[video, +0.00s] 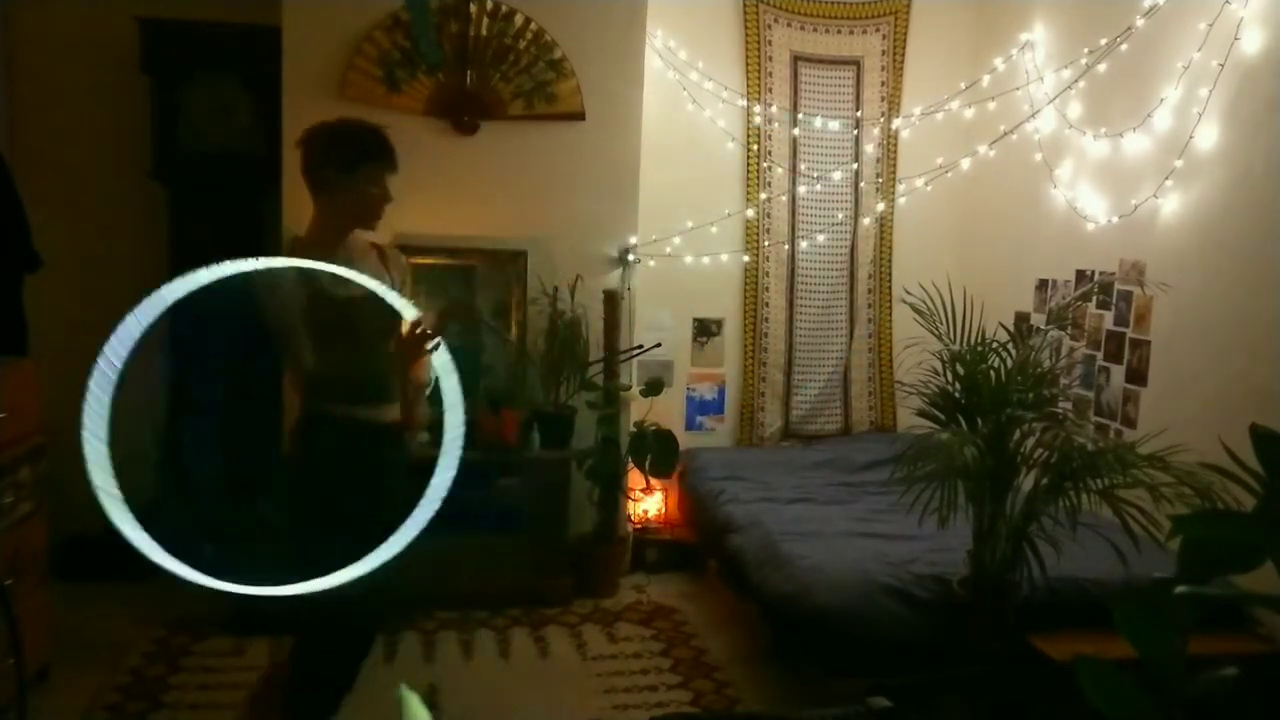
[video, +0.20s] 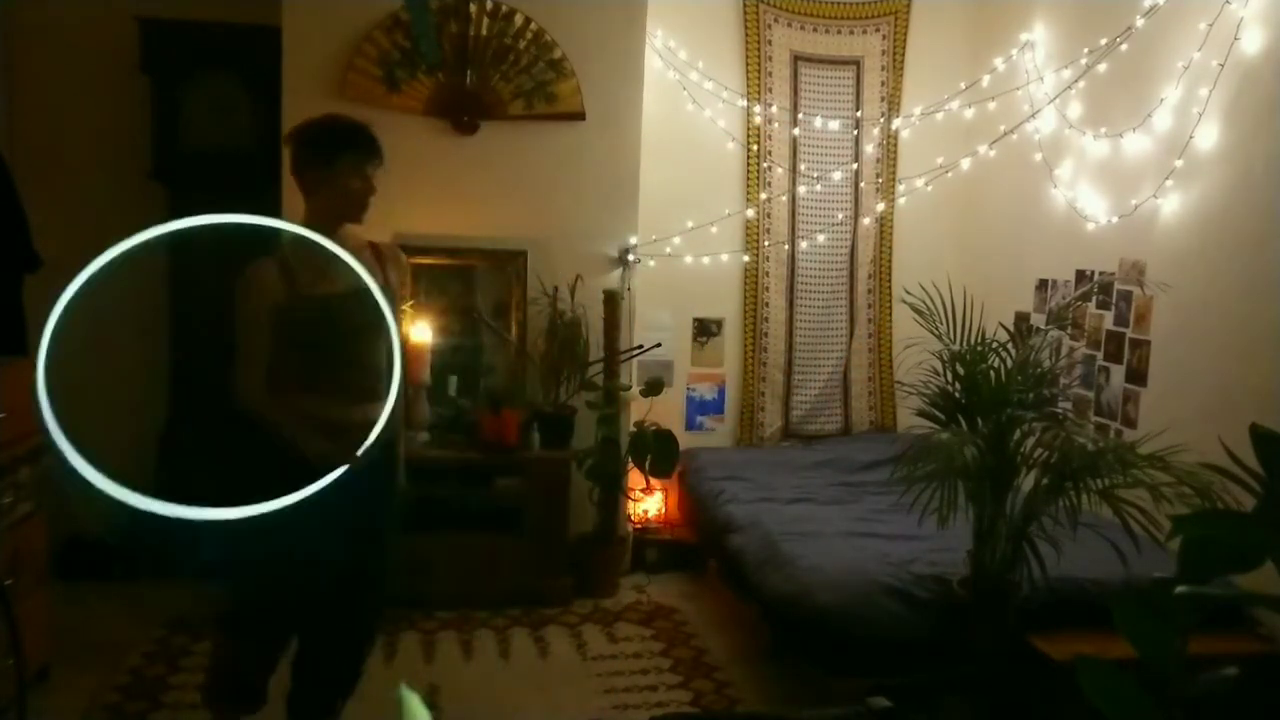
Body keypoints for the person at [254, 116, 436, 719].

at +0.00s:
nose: (389, 197)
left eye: (388, 183)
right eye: (377, 183)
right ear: (335, 185)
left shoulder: (388, 262)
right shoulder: (294, 266)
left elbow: (411, 364)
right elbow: (302, 373)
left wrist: (414, 432)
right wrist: (394, 360)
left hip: (382, 445)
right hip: (325, 445)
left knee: (363, 603)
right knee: (330, 606)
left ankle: (313, 702)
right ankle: (299, 703)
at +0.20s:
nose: (368, 189)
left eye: (372, 176)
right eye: (356, 176)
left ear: (370, 181)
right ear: (314, 178)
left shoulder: (381, 262)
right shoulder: (271, 274)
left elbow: (404, 356)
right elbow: (257, 390)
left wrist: (407, 411)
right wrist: (328, 438)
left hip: (370, 467)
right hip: (295, 469)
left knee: (348, 628)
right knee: (267, 615)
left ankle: (318, 707)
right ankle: (231, 700)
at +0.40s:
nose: (366, 195)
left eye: (373, 181)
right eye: (349, 179)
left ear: (381, 190)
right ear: (318, 182)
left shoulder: (395, 274)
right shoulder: (277, 274)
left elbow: (422, 369)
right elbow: (198, 350)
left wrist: (433, 448)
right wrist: (206, 429)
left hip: (372, 478)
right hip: (285, 481)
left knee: (376, 640)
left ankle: (376, 709)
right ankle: (224, 706)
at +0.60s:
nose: (399, 196)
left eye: (403, 184)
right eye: (384, 183)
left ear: (406, 193)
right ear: (341, 191)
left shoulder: (421, 274)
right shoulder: (311, 272)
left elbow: (470, 354)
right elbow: (227, 226)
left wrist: (500, 423)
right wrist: (236, 158)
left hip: (406, 450)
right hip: (338, 450)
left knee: (403, 590)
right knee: (335, 587)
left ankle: (383, 695)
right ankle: (330, 693)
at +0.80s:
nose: (431, 202)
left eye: (435, 189)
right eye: (419, 188)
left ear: (434, 196)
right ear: (377, 189)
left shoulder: (435, 273)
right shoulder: (341, 269)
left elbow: (464, 365)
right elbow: (349, 183)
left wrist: (490, 441)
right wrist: (365, 112)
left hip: (426, 447)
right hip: (368, 451)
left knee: (415, 588)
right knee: (395, 594)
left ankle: (393, 696)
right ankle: (391, 695)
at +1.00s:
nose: (472, 203)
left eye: (471, 189)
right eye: (462, 189)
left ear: (429, 187)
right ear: (423, 186)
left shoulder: (433, 257)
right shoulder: (399, 249)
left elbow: (516, 261)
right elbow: (502, 224)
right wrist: (600, 191)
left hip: (450, 447)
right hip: (418, 450)